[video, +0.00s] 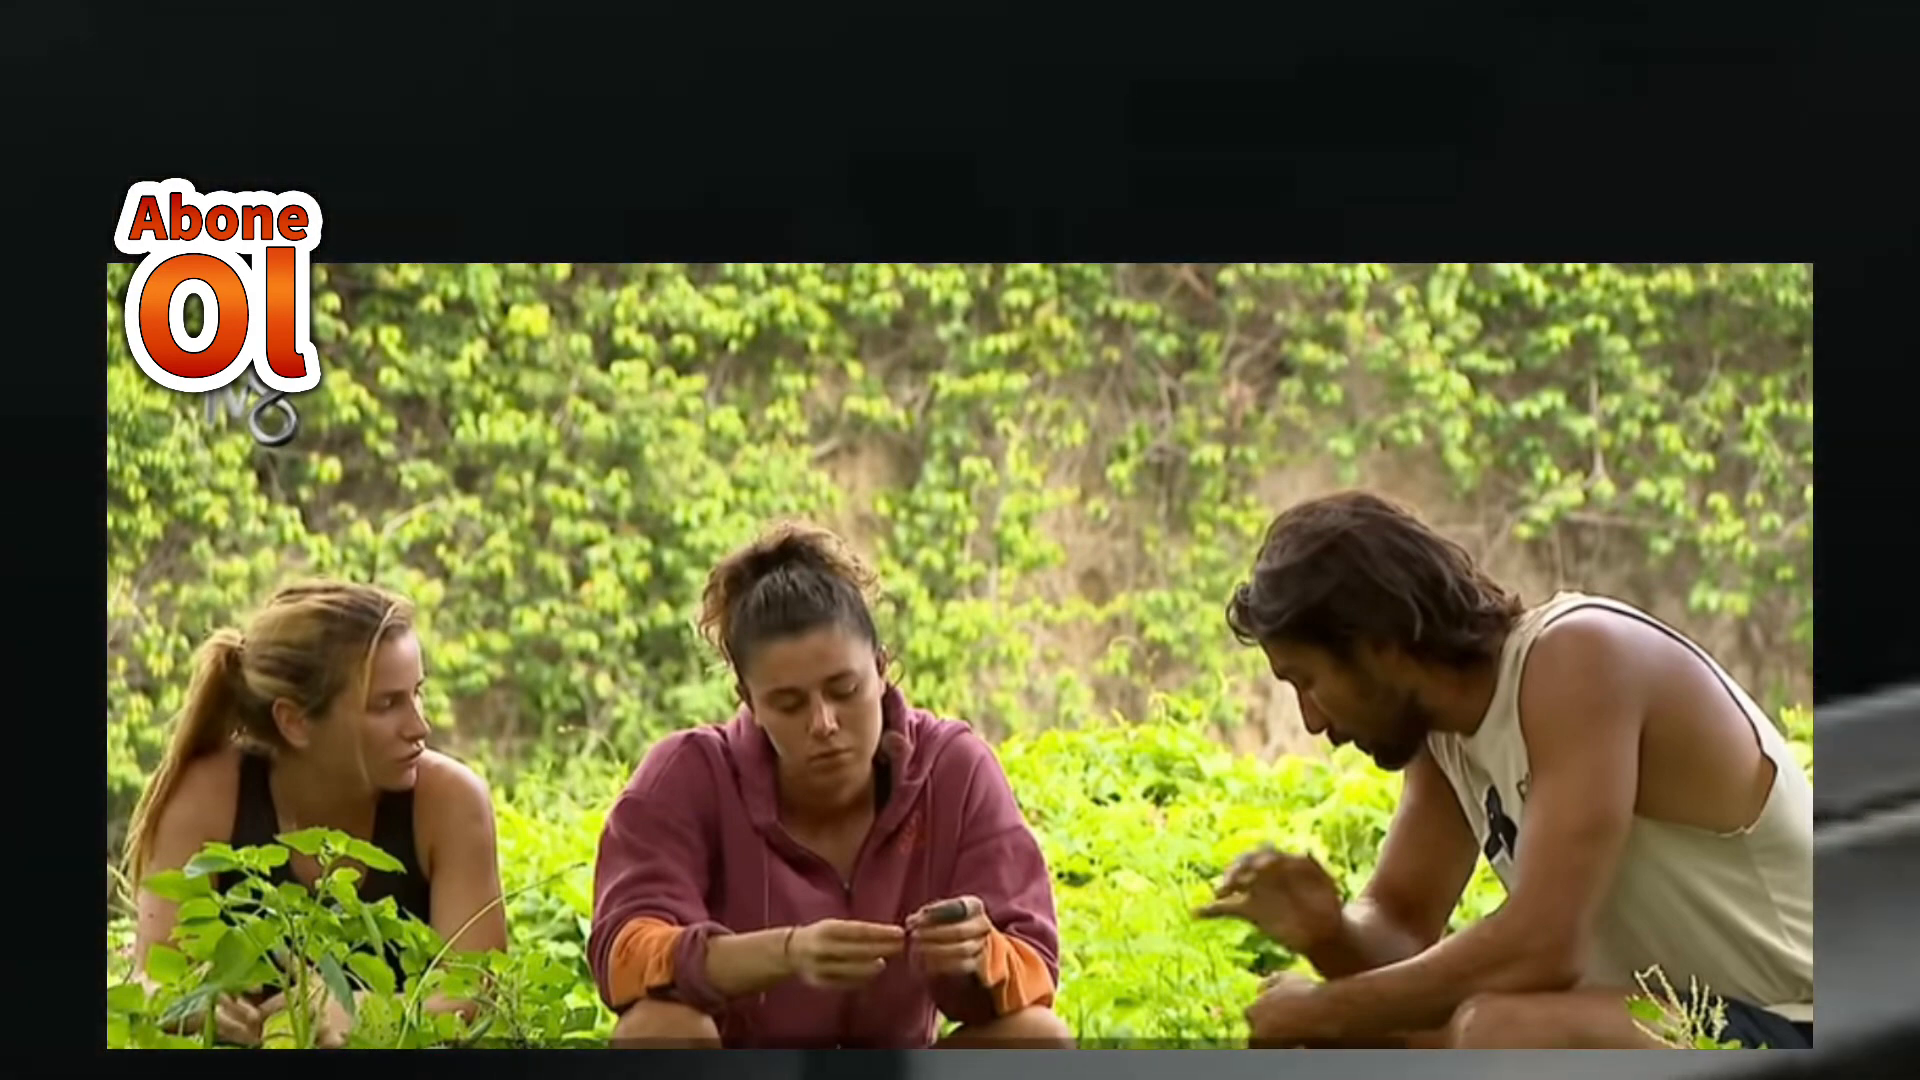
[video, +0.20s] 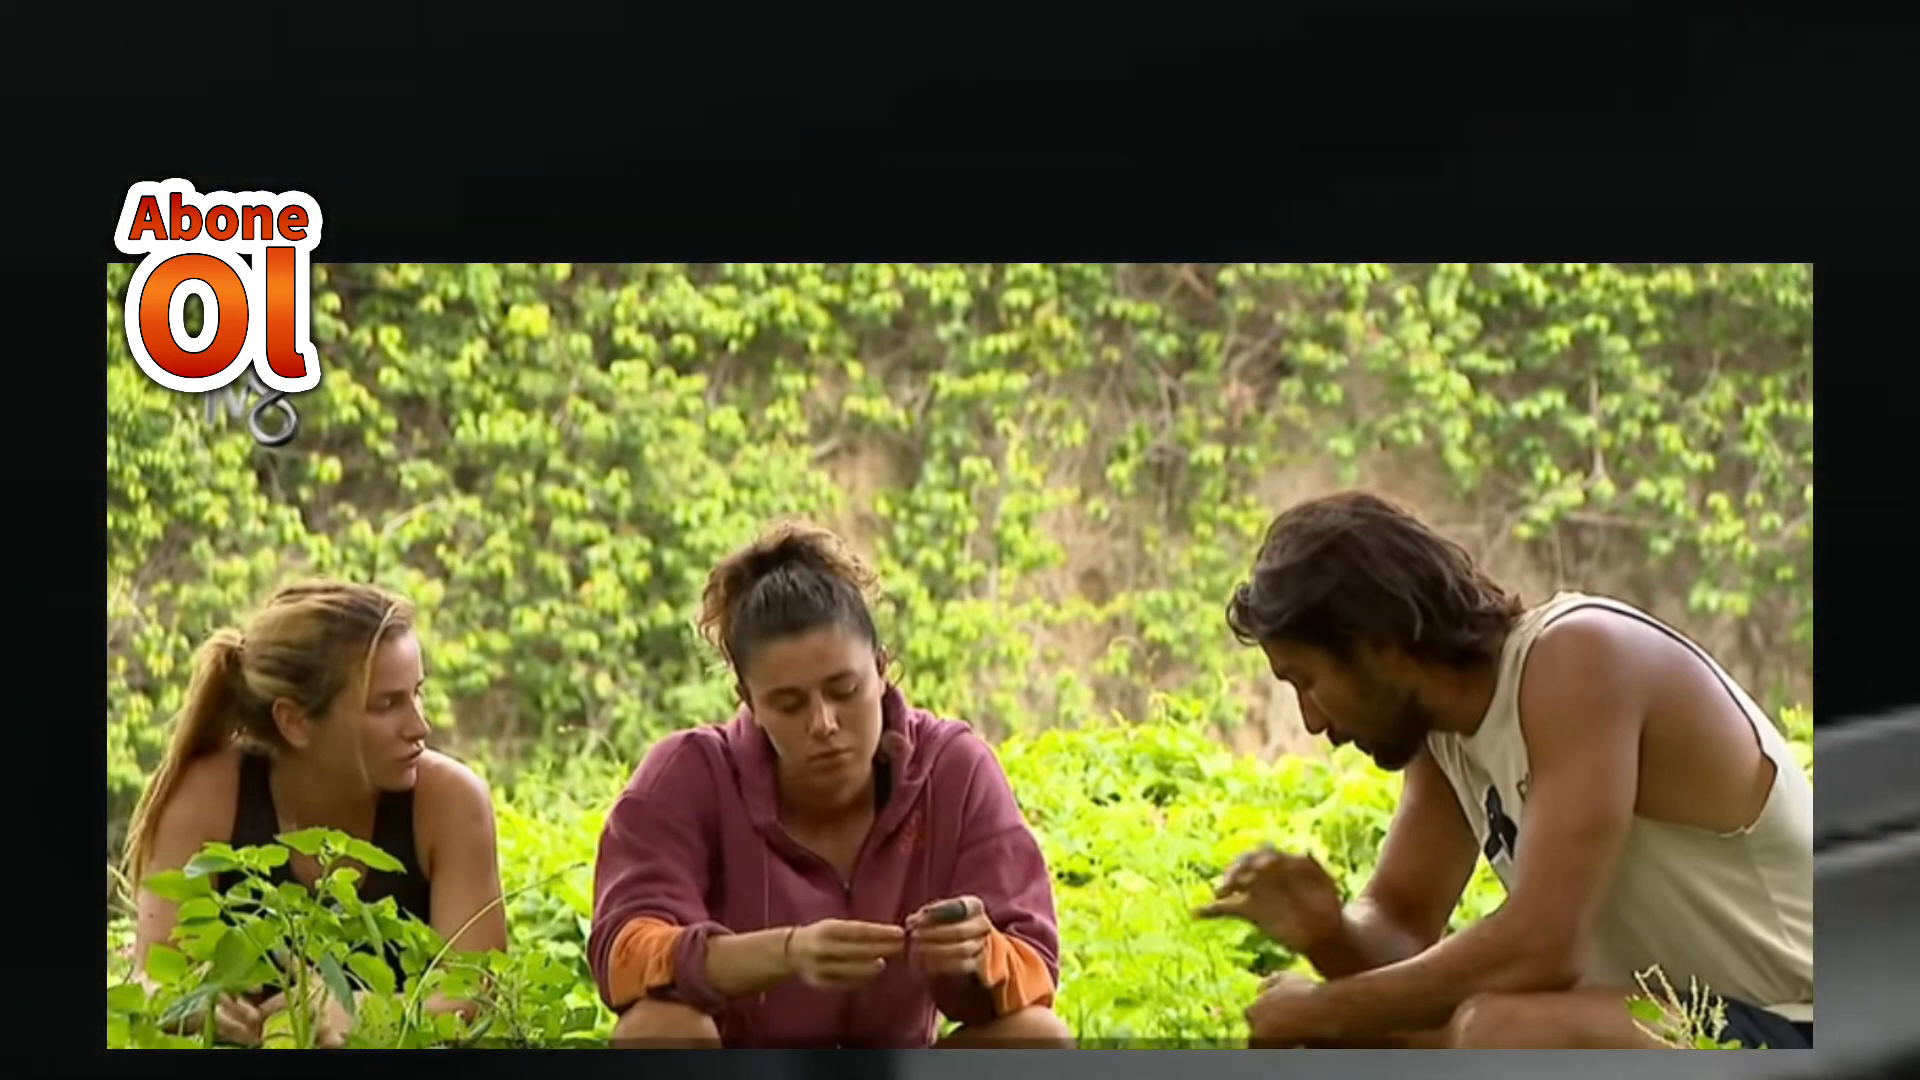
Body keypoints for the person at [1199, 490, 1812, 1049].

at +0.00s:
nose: (1310, 723)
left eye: (1305, 686)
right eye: (1295, 693)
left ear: (1385, 643)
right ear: (1385, 645)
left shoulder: (1584, 656)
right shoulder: (1451, 730)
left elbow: (1540, 950)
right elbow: (1403, 925)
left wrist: (1327, 1015)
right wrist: (1330, 934)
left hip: (1789, 1016)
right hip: (1653, 1002)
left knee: (1502, 1025)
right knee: (1386, 1025)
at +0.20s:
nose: (1310, 723)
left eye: (1305, 686)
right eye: (1295, 693)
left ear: (1385, 643)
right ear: (1385, 645)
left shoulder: (1584, 656)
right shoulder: (1451, 730)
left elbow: (1540, 950)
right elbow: (1402, 926)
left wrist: (1326, 1015)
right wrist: (1330, 934)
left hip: (1788, 1017)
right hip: (1652, 1002)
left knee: (1502, 1025)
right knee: (1380, 1024)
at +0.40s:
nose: (1310, 723)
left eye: (1305, 686)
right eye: (1295, 693)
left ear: (1385, 643)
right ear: (1386, 645)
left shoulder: (1584, 656)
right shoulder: (1451, 730)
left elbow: (1540, 950)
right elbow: (1403, 925)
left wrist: (1326, 1015)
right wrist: (1330, 935)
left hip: (1789, 1018)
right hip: (1653, 1003)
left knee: (1502, 1025)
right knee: (1382, 1024)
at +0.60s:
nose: (1310, 723)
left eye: (1305, 686)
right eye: (1295, 693)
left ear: (1385, 643)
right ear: (1385, 645)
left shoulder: (1584, 656)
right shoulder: (1451, 731)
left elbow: (1540, 950)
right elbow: (1402, 926)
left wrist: (1326, 1015)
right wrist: (1330, 934)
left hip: (1789, 1017)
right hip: (1654, 1002)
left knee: (1502, 1025)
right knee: (1378, 1024)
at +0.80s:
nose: (1310, 723)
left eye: (1305, 686)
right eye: (1295, 693)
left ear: (1385, 643)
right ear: (1385, 644)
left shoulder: (1584, 656)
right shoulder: (1451, 730)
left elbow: (1540, 950)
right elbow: (1402, 925)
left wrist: (1326, 1015)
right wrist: (1330, 934)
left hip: (1788, 1016)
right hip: (1652, 1002)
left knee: (1502, 1025)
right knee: (1379, 1025)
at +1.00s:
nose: (1310, 723)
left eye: (1305, 686)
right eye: (1295, 692)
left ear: (1385, 642)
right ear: (1385, 644)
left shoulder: (1584, 656)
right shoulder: (1451, 732)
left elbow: (1540, 950)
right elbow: (1402, 924)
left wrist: (1324, 1015)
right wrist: (1330, 934)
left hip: (1791, 1012)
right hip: (1656, 1001)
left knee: (1501, 1024)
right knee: (1382, 1027)